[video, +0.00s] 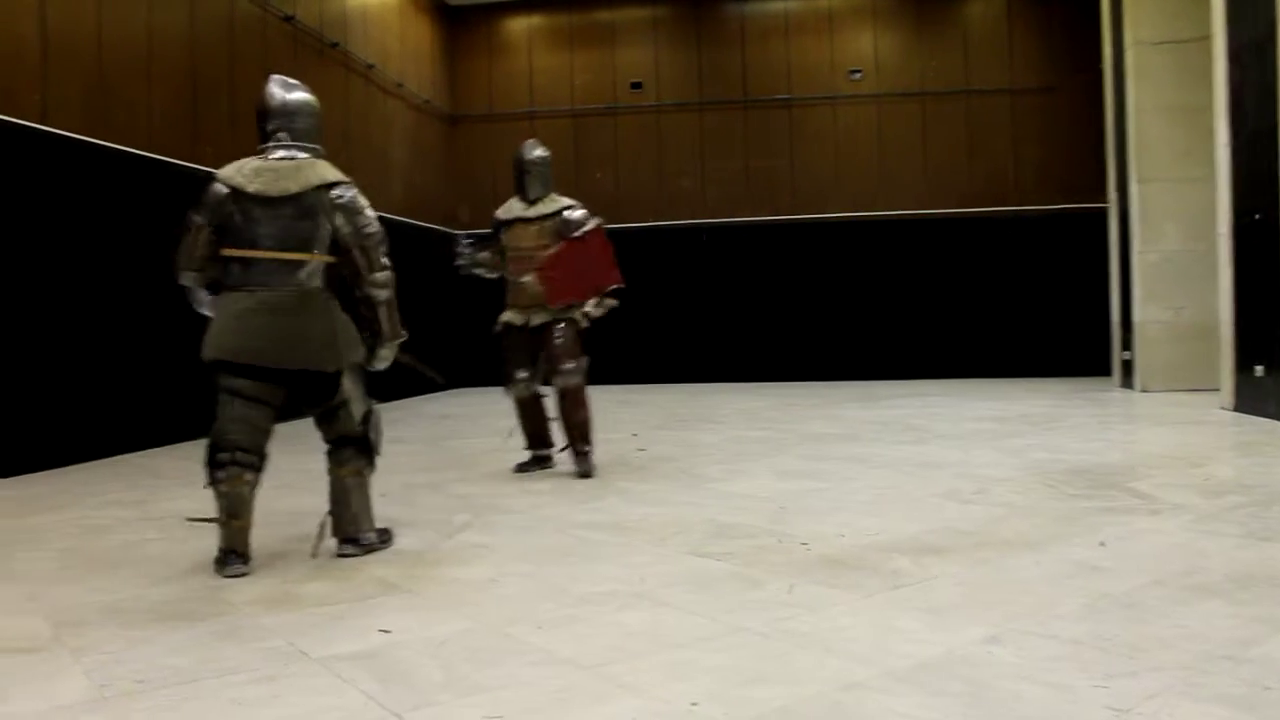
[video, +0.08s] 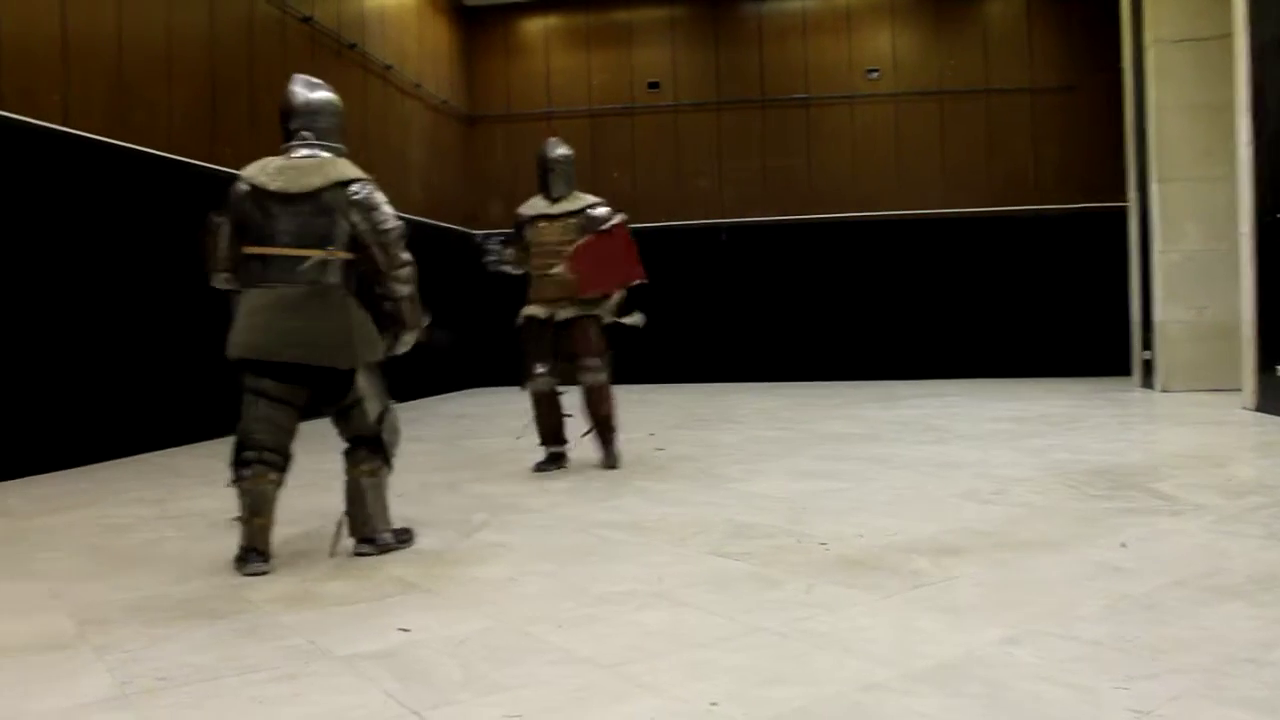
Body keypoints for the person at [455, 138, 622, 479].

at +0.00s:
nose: (536, 177)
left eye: (542, 168)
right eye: (529, 170)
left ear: (550, 169)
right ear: (518, 172)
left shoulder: (568, 213)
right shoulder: (505, 216)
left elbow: (600, 269)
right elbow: (501, 262)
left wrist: (587, 311)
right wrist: (475, 259)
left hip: (560, 314)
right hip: (518, 315)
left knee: (569, 379)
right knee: (521, 382)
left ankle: (581, 452)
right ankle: (540, 452)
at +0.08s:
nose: (561, 174)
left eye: (565, 166)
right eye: (554, 166)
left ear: (574, 168)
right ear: (542, 169)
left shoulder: (592, 209)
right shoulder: (528, 214)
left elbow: (615, 257)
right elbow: (521, 258)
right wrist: (502, 256)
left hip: (583, 311)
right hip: (540, 312)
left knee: (593, 376)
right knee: (540, 382)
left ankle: (608, 446)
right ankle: (554, 451)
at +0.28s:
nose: (617, 192)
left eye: (621, 185)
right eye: (611, 186)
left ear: (631, 186)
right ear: (602, 188)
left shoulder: (650, 226)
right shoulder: (588, 227)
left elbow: (667, 274)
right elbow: (585, 271)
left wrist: (637, 273)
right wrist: (566, 266)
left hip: (639, 319)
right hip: (599, 317)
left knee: (651, 381)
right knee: (592, 381)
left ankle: (664, 438)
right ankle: (593, 450)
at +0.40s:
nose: (636, 193)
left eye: (641, 186)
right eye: (630, 186)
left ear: (650, 186)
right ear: (621, 188)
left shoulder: (668, 223)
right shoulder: (606, 223)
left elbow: (684, 270)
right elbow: (600, 262)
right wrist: (591, 269)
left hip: (658, 314)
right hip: (618, 313)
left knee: (666, 377)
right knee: (613, 375)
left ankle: (672, 438)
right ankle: (614, 439)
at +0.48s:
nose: (641, 186)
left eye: (646, 180)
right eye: (636, 180)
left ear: (655, 180)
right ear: (627, 182)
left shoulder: (674, 218)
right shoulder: (612, 218)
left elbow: (691, 267)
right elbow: (601, 254)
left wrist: (652, 284)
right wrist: (597, 265)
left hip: (665, 310)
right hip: (624, 310)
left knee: (670, 374)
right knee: (623, 372)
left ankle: (675, 436)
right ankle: (632, 434)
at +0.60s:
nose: (640, 189)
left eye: (646, 182)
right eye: (635, 183)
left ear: (655, 182)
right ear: (626, 184)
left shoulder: (674, 219)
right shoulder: (612, 220)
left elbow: (693, 264)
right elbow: (598, 255)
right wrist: (594, 265)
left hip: (667, 307)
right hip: (627, 307)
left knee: (675, 368)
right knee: (623, 367)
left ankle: (686, 432)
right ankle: (631, 420)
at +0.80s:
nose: (629, 215)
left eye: (634, 208)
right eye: (624, 209)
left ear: (643, 209)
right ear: (617, 211)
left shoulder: (664, 242)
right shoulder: (604, 244)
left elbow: (687, 280)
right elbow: (598, 279)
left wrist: (681, 307)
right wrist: (589, 286)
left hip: (657, 325)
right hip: (620, 327)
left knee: (671, 377)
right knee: (612, 378)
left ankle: (689, 435)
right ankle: (623, 425)